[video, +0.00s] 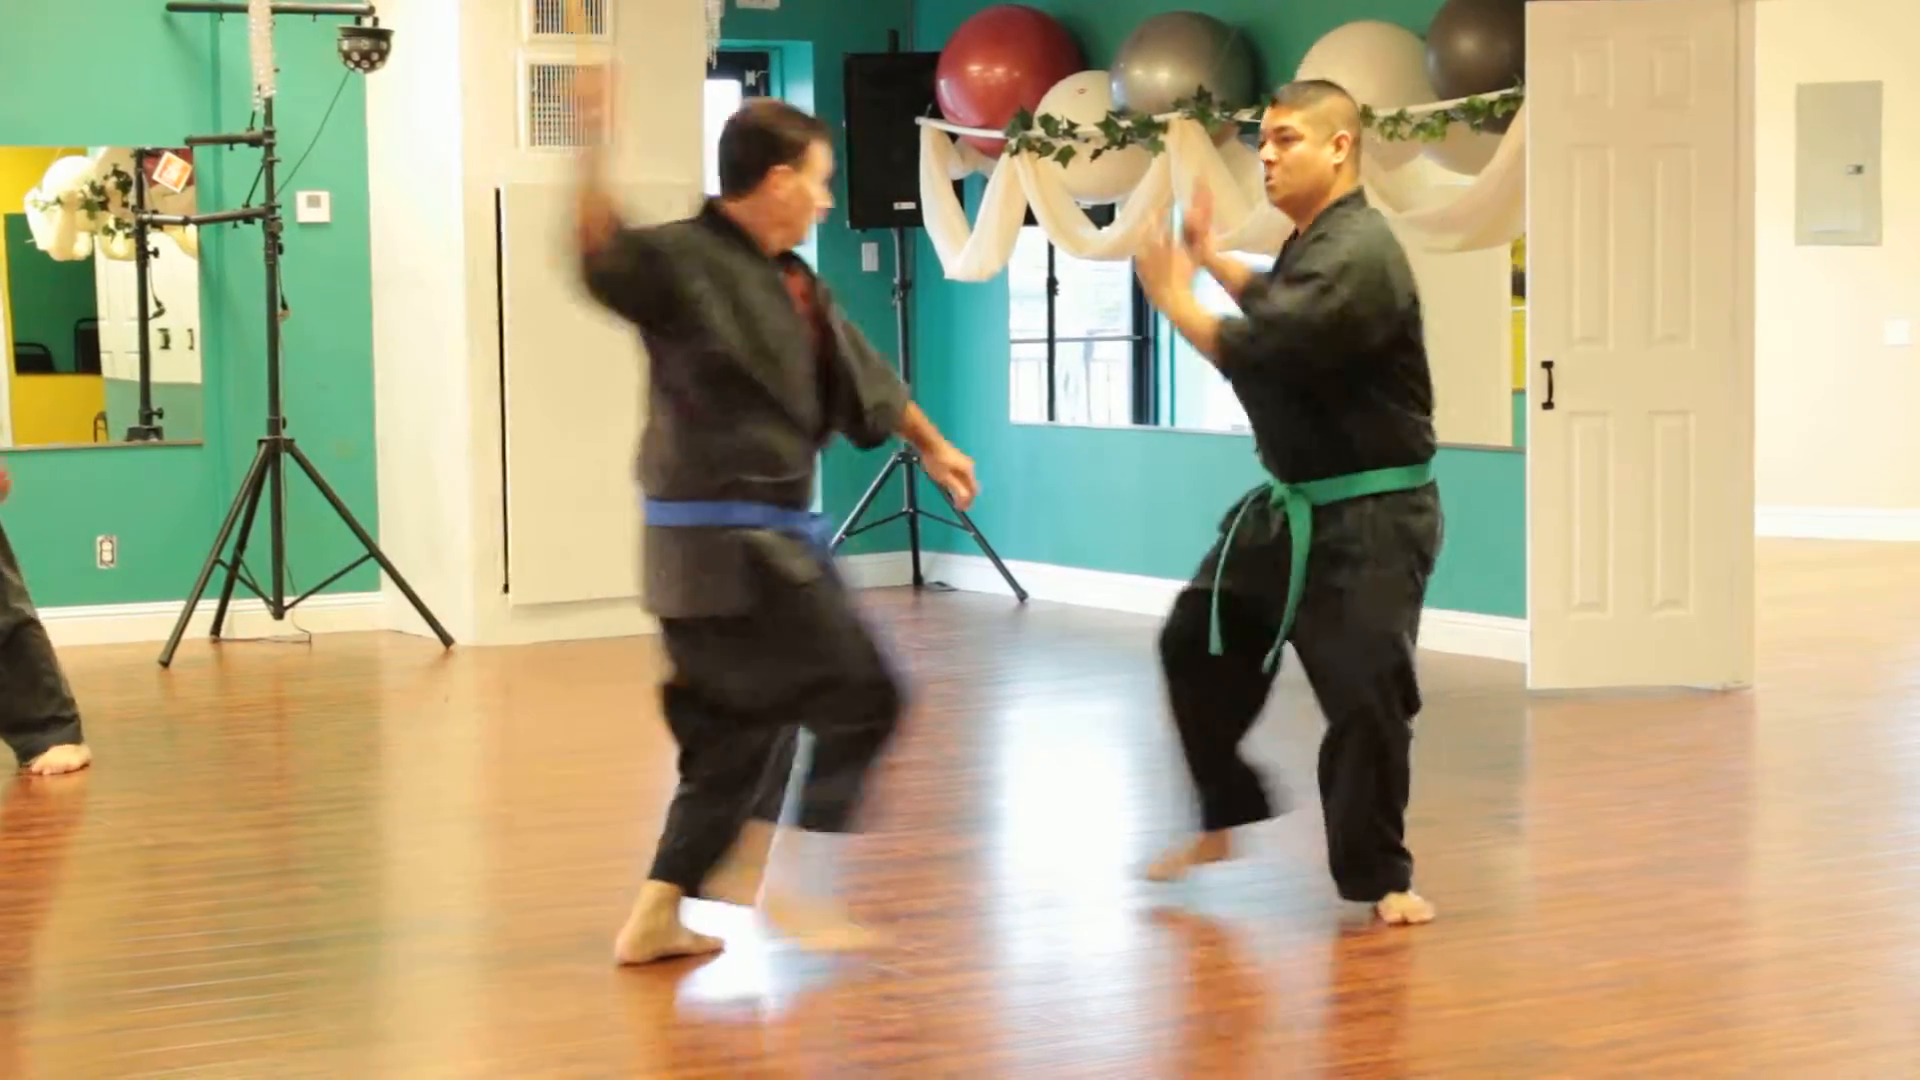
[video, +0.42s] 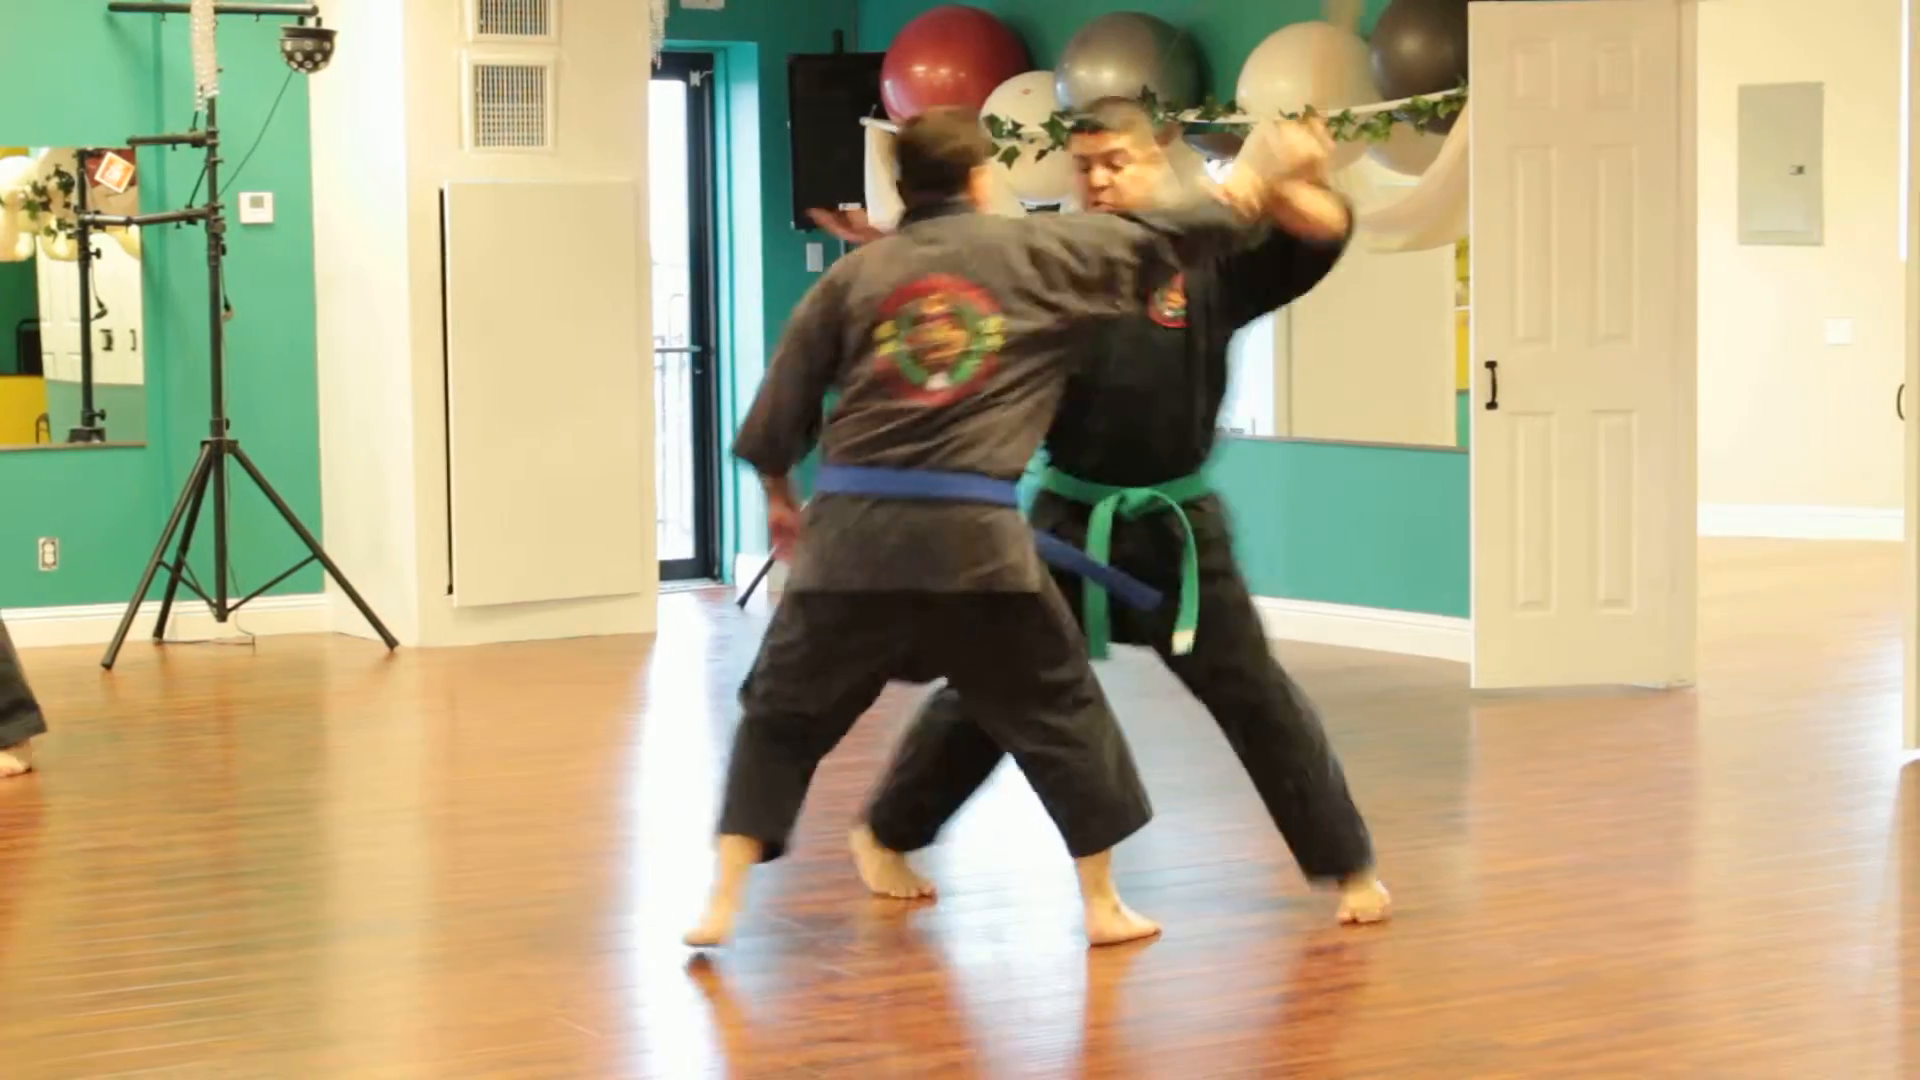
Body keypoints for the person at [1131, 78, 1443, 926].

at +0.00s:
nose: (1268, 154)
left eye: (1286, 139)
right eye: (1264, 140)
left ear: (1340, 150)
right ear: (1269, 153)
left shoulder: (1359, 253)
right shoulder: (1309, 244)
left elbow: (1255, 349)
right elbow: (1282, 296)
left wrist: (1170, 291)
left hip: (1371, 505)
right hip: (1291, 500)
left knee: (1366, 684)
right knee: (1199, 642)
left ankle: (1383, 878)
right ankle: (1226, 812)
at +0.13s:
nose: (1248, 163)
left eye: (1265, 146)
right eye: (1241, 150)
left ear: (1321, 153)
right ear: (1243, 164)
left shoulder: (1337, 247)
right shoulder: (1267, 246)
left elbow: (1232, 291)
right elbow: (1201, 280)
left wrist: (1146, 230)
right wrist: (1168, 204)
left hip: (1343, 513)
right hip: (1257, 510)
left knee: (1338, 691)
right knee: (1159, 663)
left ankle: (1382, 884)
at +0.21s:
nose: (1194, 169)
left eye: (1210, 154)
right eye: (1188, 156)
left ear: (1265, 162)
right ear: (1185, 167)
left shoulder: (1293, 246)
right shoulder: (1191, 261)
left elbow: (1219, 245)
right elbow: (1128, 295)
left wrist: (1116, 212)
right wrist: (1079, 205)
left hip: (1284, 513)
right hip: (1189, 510)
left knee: (1299, 694)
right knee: (1096, 676)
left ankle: (1348, 884)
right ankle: (1016, 826)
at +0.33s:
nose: (1133, 163)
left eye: (1154, 146)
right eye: (1125, 149)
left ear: (1198, 158)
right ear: (1112, 162)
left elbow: (1305, 199)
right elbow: (999, 282)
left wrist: (1201, 167)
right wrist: (959, 194)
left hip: (1228, 516)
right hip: (1121, 515)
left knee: (1270, 694)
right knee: (1041, 672)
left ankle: (1353, 880)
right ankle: (953, 831)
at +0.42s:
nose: (1097, 179)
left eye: (1114, 163)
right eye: (1085, 166)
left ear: (1161, 160)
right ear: (1074, 174)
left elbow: (1319, 242)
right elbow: (963, 276)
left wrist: (1296, 189)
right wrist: (885, 251)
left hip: (1177, 516)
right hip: (1069, 512)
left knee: (1252, 689)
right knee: (999, 684)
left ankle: (1352, 868)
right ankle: (885, 834)